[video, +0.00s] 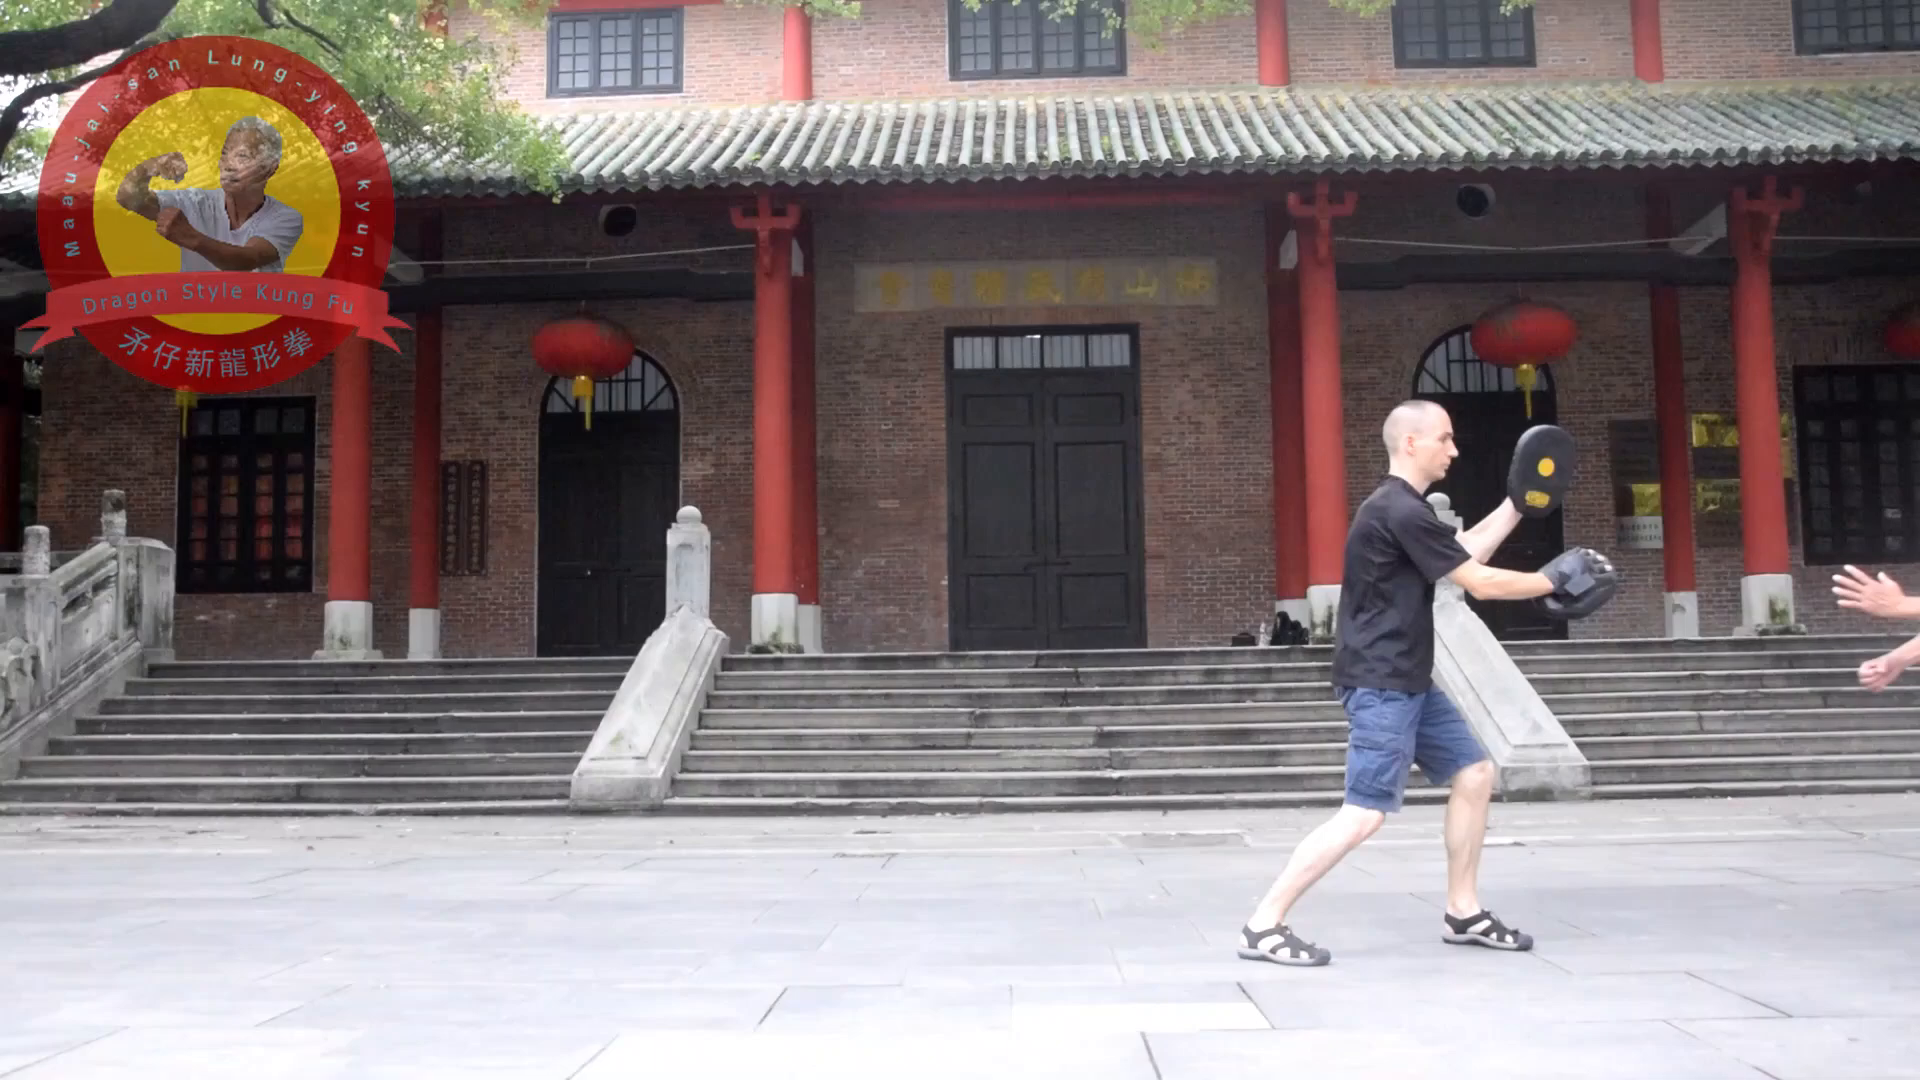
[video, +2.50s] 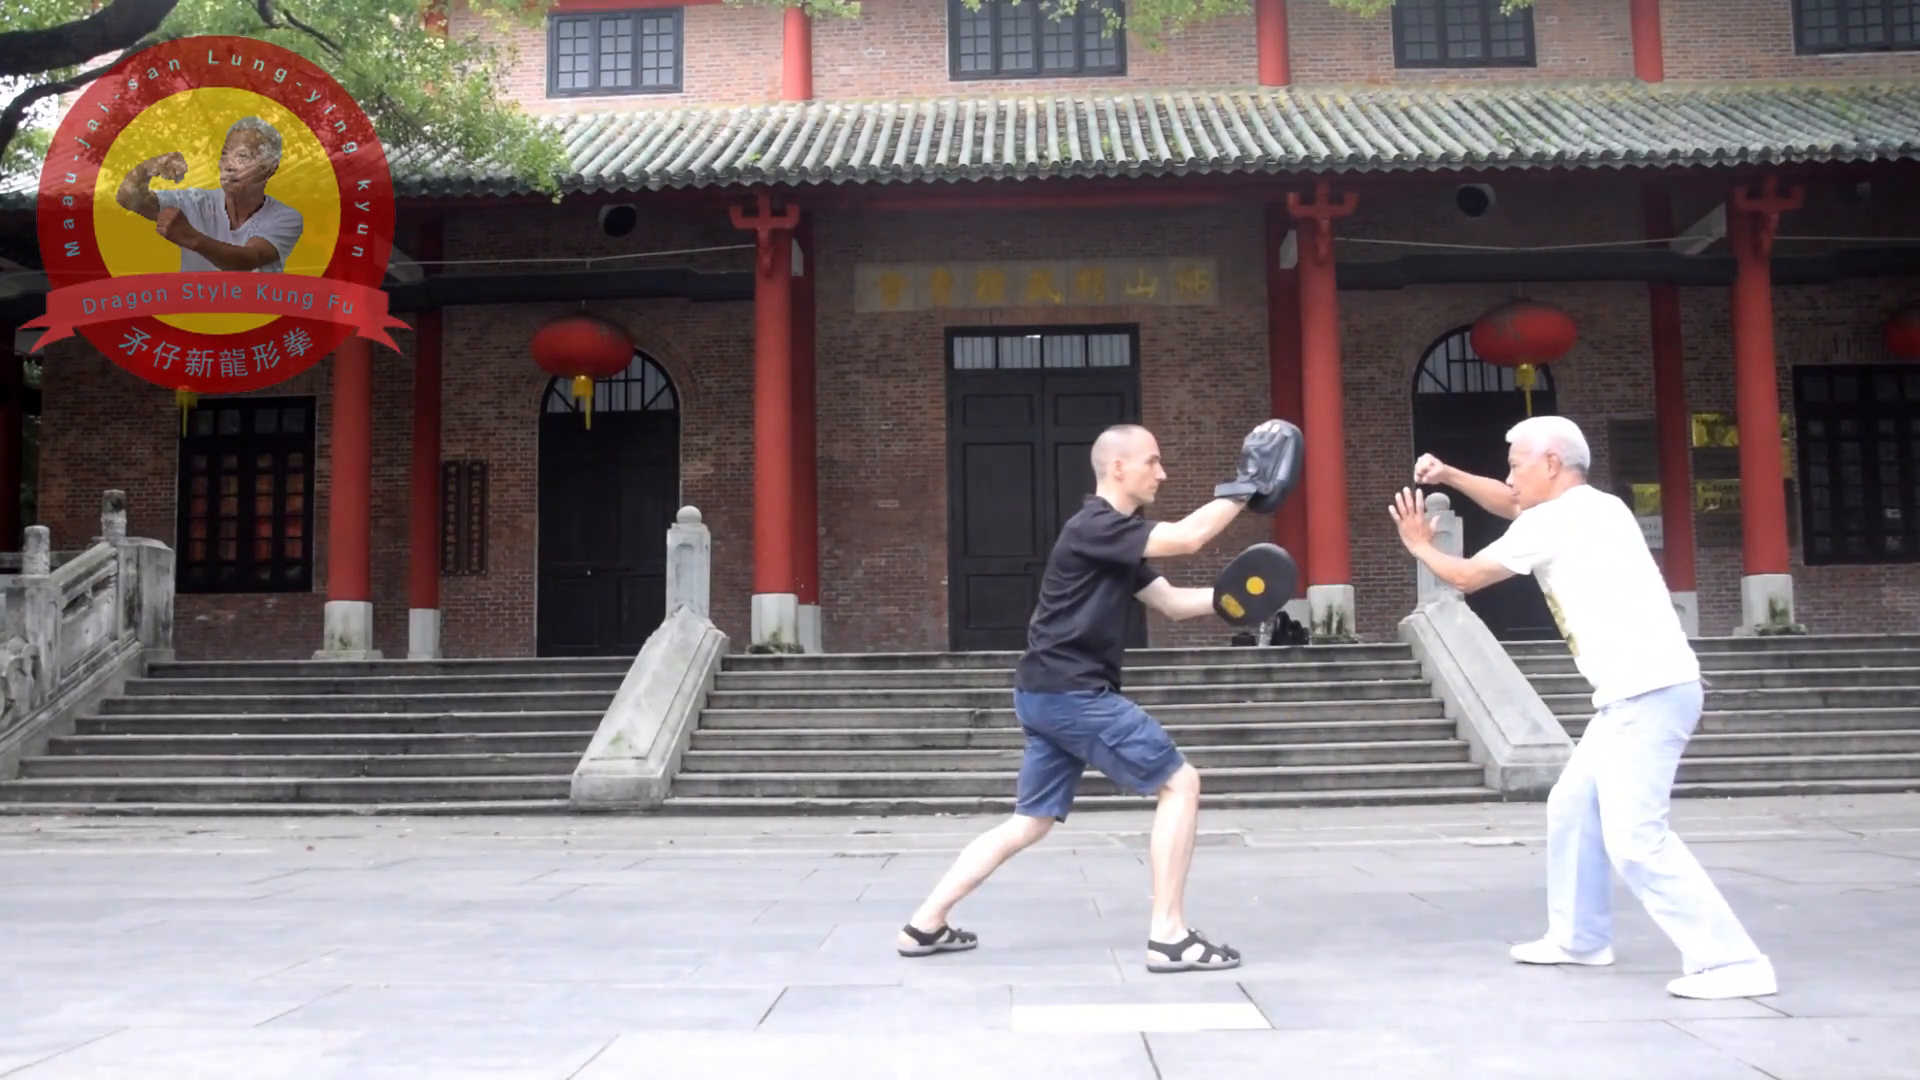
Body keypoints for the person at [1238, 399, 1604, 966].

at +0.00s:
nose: (1453, 449)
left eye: (1452, 439)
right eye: (1444, 439)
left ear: (1413, 445)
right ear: (1411, 444)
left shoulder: (1405, 503)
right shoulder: (1397, 508)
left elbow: (1464, 555)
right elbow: (1478, 583)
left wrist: (1520, 501)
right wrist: (1553, 583)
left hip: (1411, 681)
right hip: (1379, 681)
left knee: (1475, 776)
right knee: (1363, 815)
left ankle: (1463, 913)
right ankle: (1263, 924)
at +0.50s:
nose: (1461, 450)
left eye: (1459, 440)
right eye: (1451, 440)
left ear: (1420, 445)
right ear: (1417, 444)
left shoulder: (1413, 504)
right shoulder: (1402, 510)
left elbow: (1470, 557)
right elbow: (1482, 585)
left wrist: (1525, 507)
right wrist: (1558, 586)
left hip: (1412, 680)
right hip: (1381, 681)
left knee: (1477, 777)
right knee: (1367, 816)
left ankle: (1463, 913)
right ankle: (1265, 924)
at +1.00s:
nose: (1418, 443)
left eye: (1415, 432)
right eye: (1408, 434)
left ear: (1369, 444)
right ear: (1376, 441)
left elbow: (1386, 561)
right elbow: (1449, 586)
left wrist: (1433, 518)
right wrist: (1478, 609)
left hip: (1373, 672)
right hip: (1377, 675)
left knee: (1452, 776)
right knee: (1364, 814)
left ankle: (1463, 912)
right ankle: (1265, 923)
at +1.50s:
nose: (1319, 458)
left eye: (1317, 448)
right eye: (1309, 448)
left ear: (1279, 454)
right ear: (1275, 453)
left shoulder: (1265, 512)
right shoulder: (1257, 513)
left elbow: (1302, 596)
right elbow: (1332, 576)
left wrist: (1355, 574)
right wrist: (1420, 604)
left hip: (1248, 673)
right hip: (1232, 677)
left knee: (1325, 767)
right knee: (1316, 789)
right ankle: (1249, 926)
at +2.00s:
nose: (1184, 480)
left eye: (1183, 469)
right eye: (1175, 470)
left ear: (1142, 480)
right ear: (1139, 477)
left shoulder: (1125, 537)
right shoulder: (1116, 530)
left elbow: (1183, 611)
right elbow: (1205, 547)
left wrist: (1257, 609)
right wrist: (1261, 496)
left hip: (1053, 691)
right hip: (1076, 690)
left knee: (1033, 826)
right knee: (1185, 783)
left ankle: (925, 923)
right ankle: (1169, 935)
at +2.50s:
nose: (1161, 473)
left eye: (1160, 462)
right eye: (1152, 462)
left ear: (1119, 470)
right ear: (1117, 468)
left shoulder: (1109, 532)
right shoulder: (1096, 525)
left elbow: (1170, 600)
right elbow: (1188, 537)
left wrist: (1242, 596)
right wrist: (1246, 485)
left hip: (1046, 691)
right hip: (1070, 690)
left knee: (1030, 822)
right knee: (1180, 784)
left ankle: (925, 923)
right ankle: (1169, 936)